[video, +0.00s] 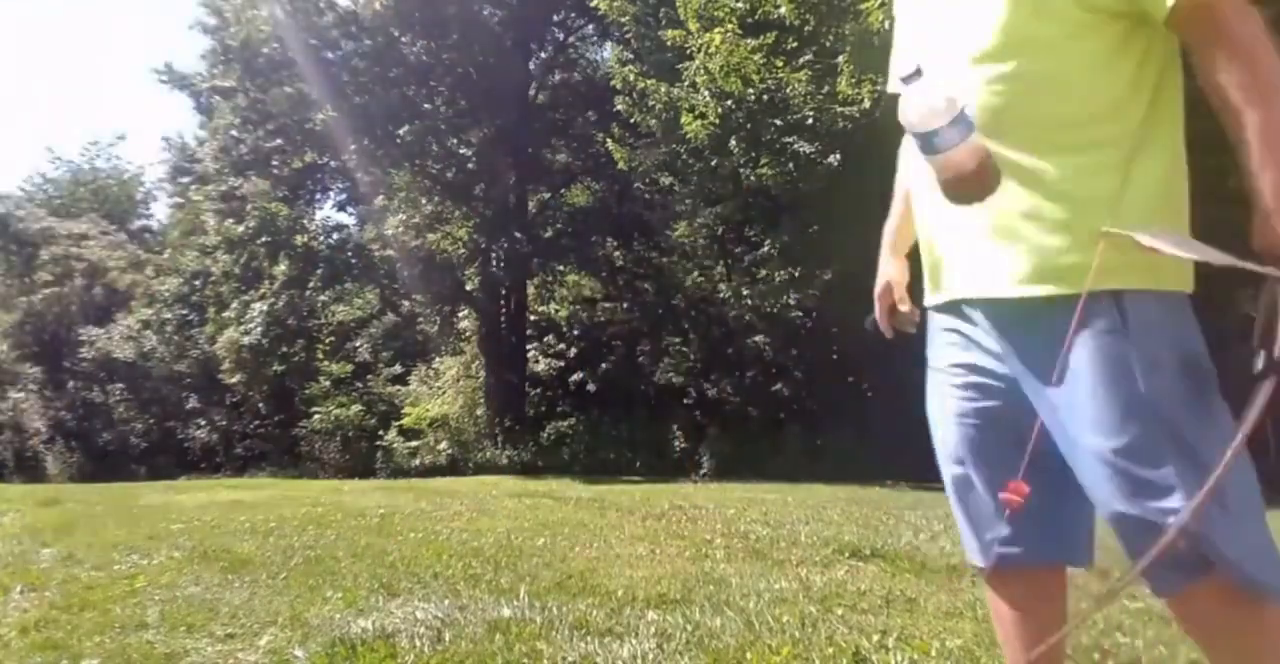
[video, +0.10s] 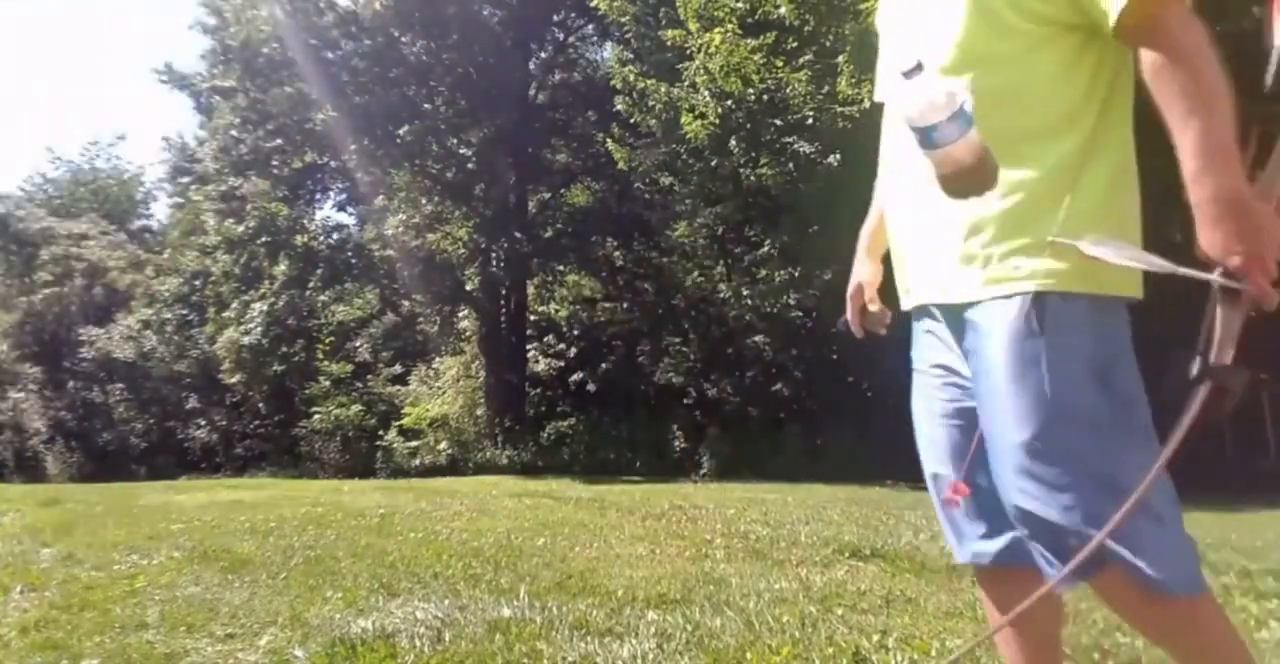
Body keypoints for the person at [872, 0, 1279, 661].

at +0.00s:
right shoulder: (921, 8)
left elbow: (1228, 36)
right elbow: (929, 110)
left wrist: (1271, 212)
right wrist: (895, 244)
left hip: (1106, 279)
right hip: (963, 290)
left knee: (1193, 551)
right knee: (1009, 551)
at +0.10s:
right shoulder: (899, 8)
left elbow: (1169, 32)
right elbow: (909, 111)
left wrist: (1220, 195)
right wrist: (871, 242)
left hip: (1044, 256)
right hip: (938, 270)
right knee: (987, 528)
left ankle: (1221, 650)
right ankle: (1034, 654)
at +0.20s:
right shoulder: (876, 10)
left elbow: (1062, 47)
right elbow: (885, 122)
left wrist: (1091, 207)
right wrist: (819, 241)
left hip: (964, 263)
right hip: (922, 265)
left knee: (902, 488)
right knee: (968, 497)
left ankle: (1043, 653)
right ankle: (1043, 652)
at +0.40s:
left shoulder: (850, 7)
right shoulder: (816, 16)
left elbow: (901, 86)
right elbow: (822, 150)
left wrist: (898, 241)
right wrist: (730, 244)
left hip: (816, 293)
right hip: (885, 291)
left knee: (730, 497)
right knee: (945, 508)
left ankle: (719, 655)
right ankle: (1019, 656)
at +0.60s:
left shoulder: (735, 8)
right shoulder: (739, 17)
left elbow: (761, 129)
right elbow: (734, 153)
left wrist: (735, 283)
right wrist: (672, 260)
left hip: (717, 320)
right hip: (789, 315)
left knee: (656, 513)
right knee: (874, 518)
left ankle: (636, 657)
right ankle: (983, 655)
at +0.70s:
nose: (571, 3)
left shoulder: (640, 12)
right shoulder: (695, 22)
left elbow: (646, 144)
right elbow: (692, 190)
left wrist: (610, 286)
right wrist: (615, 339)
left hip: (663, 315)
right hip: (719, 308)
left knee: (612, 509)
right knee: (721, 485)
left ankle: (626, 659)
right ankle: (866, 626)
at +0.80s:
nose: (553, 5)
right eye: (552, 4)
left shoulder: (620, 15)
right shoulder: (681, 20)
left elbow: (621, 147)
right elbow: (674, 182)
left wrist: (581, 283)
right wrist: (599, 318)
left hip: (644, 305)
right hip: (700, 301)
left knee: (608, 505)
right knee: (691, 477)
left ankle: (624, 658)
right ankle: (819, 611)